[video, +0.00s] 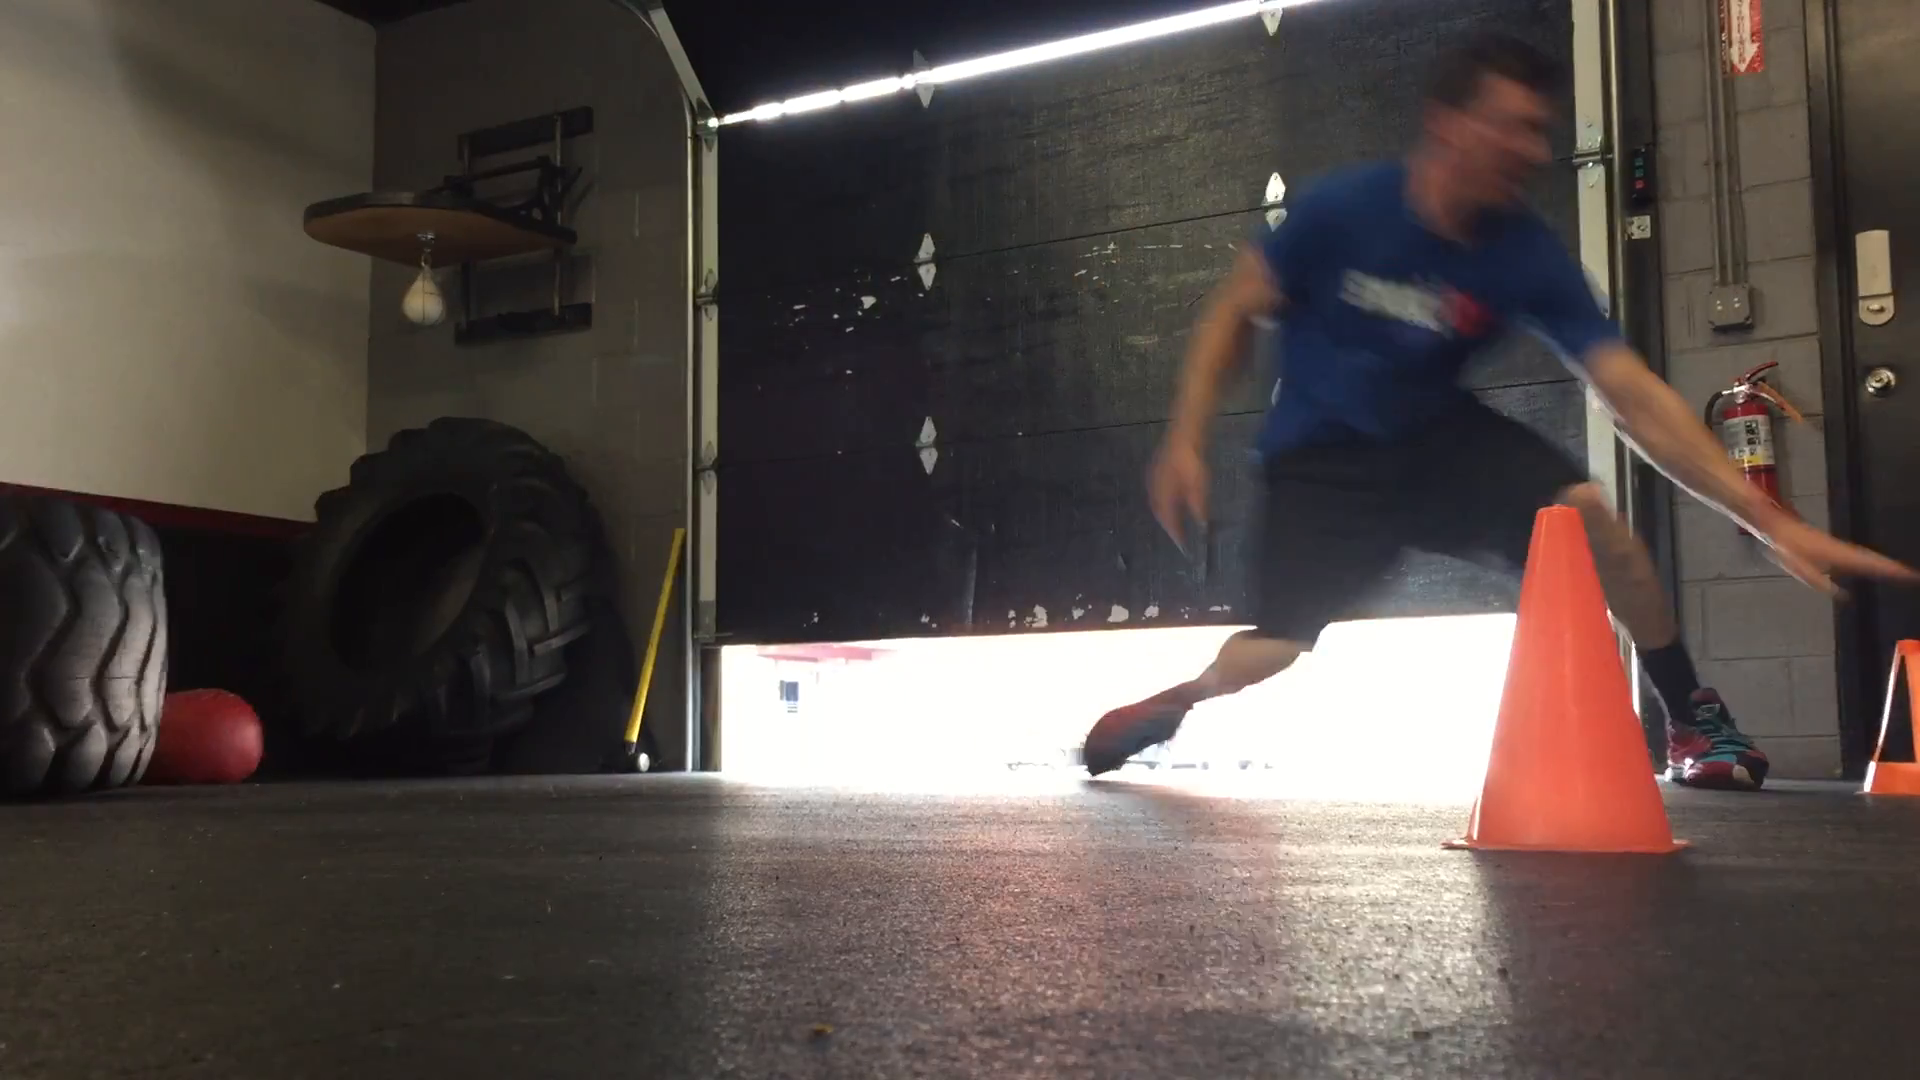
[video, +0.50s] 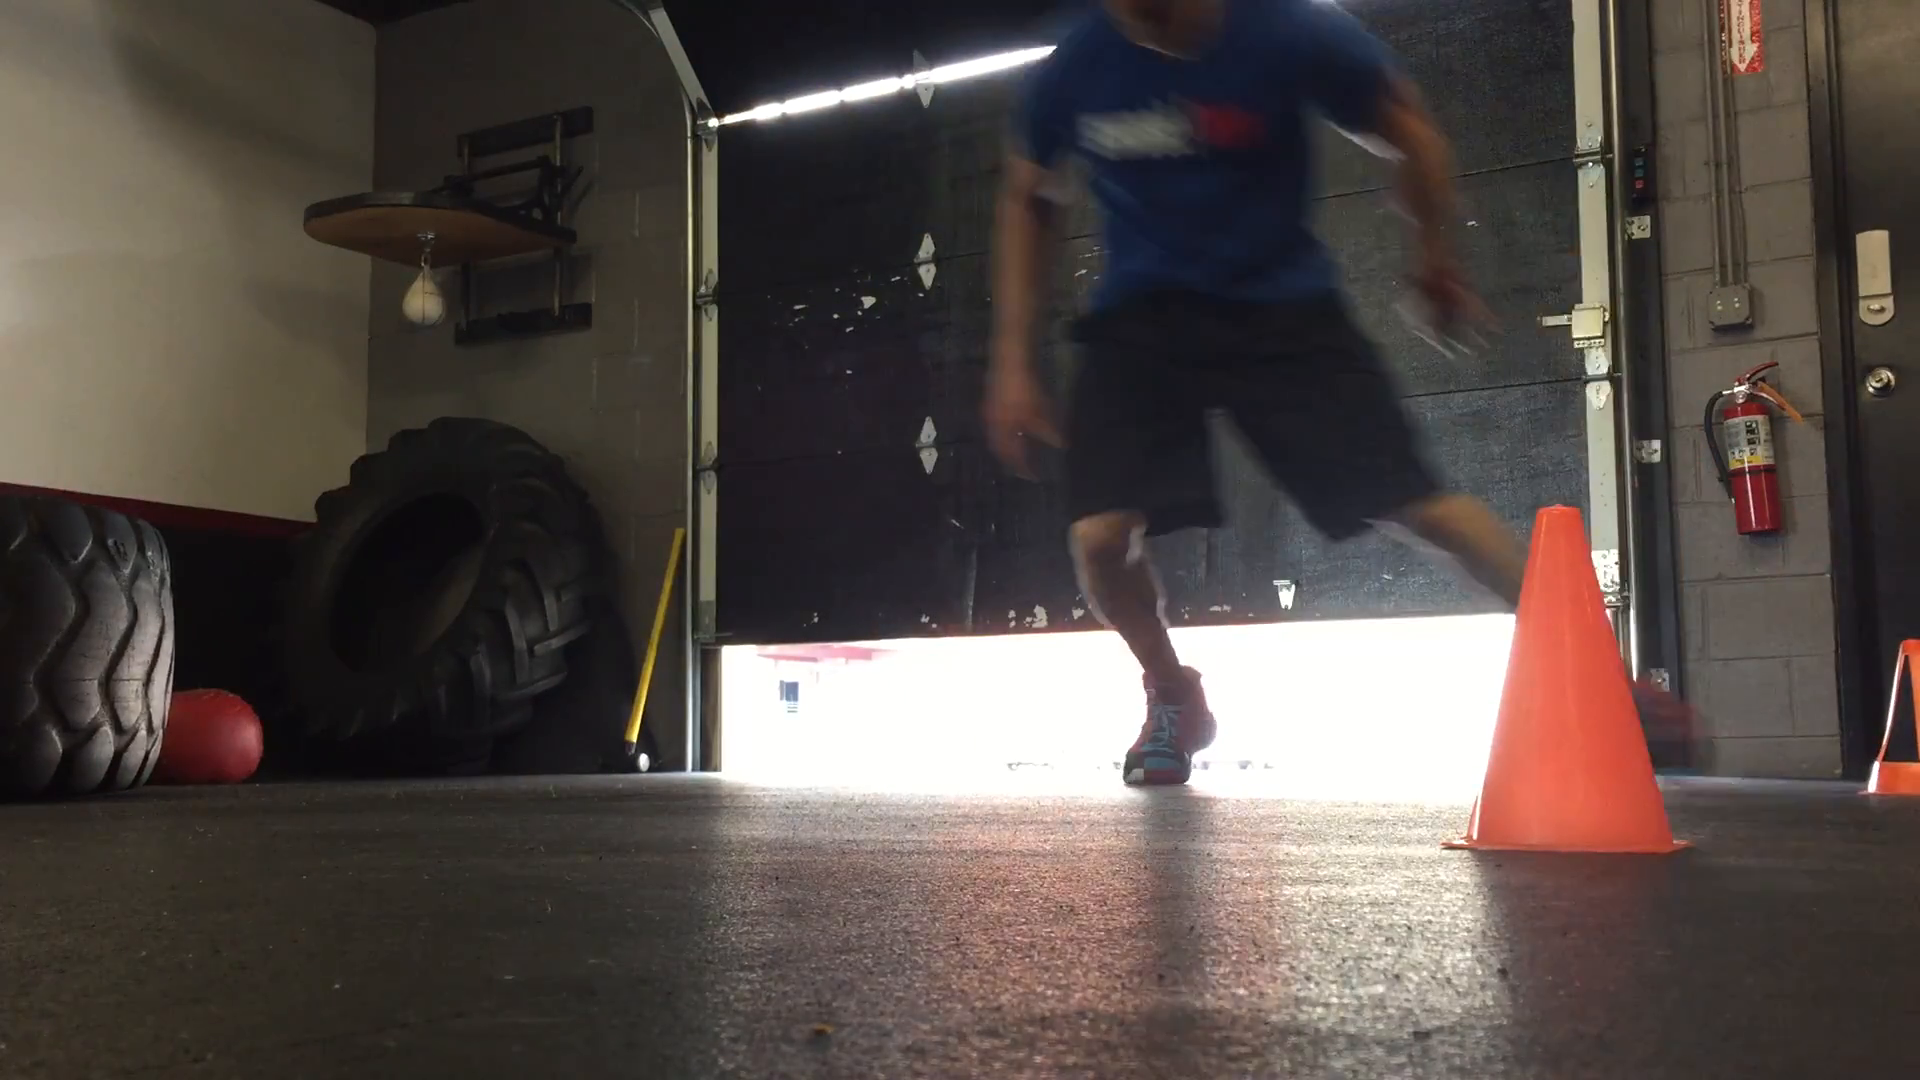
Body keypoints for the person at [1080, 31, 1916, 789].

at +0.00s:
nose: (1529, 155)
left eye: (1539, 137)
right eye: (1511, 131)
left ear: (1541, 143)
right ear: (1441, 121)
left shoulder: (1529, 254)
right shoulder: (1337, 210)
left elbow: (1637, 394)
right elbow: (1230, 310)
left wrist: (1772, 517)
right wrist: (1184, 443)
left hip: (1440, 440)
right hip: (1317, 457)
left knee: (1594, 519)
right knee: (1276, 643)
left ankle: (1682, 708)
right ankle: (1167, 710)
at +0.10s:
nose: (1631, 214)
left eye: (1643, 196)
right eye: (1613, 188)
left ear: (1643, 201)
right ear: (1545, 180)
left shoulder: (1634, 314)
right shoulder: (1437, 253)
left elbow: (1721, 460)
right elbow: (1290, 337)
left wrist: (1830, 583)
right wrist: (1232, 483)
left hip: (1498, 457)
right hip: (1369, 458)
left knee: (1636, 501)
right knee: (1359, 630)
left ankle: (1700, 723)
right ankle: (1253, 690)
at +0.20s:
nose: (1595, 203)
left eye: (1620, 187)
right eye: (1579, 175)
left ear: (1644, 198)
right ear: (1540, 167)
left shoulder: (1642, 299)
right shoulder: (1447, 237)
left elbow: (1684, 445)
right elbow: (1291, 317)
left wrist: (1780, 535)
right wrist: (1222, 459)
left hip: (1507, 432)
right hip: (1371, 427)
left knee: (1650, 517)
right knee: (1349, 597)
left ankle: (1700, 726)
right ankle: (1240, 661)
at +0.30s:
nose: (1469, 127)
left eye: (1493, 108)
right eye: (1454, 103)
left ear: (1543, 119)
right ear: (1433, 105)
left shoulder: (1578, 221)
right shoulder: (1362, 190)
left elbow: (1631, 361)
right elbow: (1236, 277)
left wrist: (1716, 493)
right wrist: (1180, 413)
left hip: (1467, 396)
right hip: (1328, 387)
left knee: (1617, 527)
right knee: (1293, 538)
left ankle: (1694, 727)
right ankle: (1208, 671)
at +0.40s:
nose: (1302, 42)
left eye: (1323, 21)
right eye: (1289, 23)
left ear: (1372, 27)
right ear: (1269, 30)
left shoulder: (1443, 122)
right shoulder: (1218, 126)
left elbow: (1548, 242)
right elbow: (1143, 238)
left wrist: (1591, 392)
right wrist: (1116, 385)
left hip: (1387, 345)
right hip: (1244, 343)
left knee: (1541, 526)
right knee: (1182, 505)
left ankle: (1677, 706)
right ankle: (1181, 686)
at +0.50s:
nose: (1162, 19)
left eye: (1174, 9)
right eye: (1147, 13)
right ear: (1121, 6)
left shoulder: (1287, 36)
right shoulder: (1074, 68)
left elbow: (1415, 134)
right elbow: (1026, 200)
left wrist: (1437, 261)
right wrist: (1011, 366)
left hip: (1285, 315)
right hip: (1141, 325)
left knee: (1421, 503)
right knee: (1100, 541)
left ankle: (1607, 676)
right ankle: (1174, 699)